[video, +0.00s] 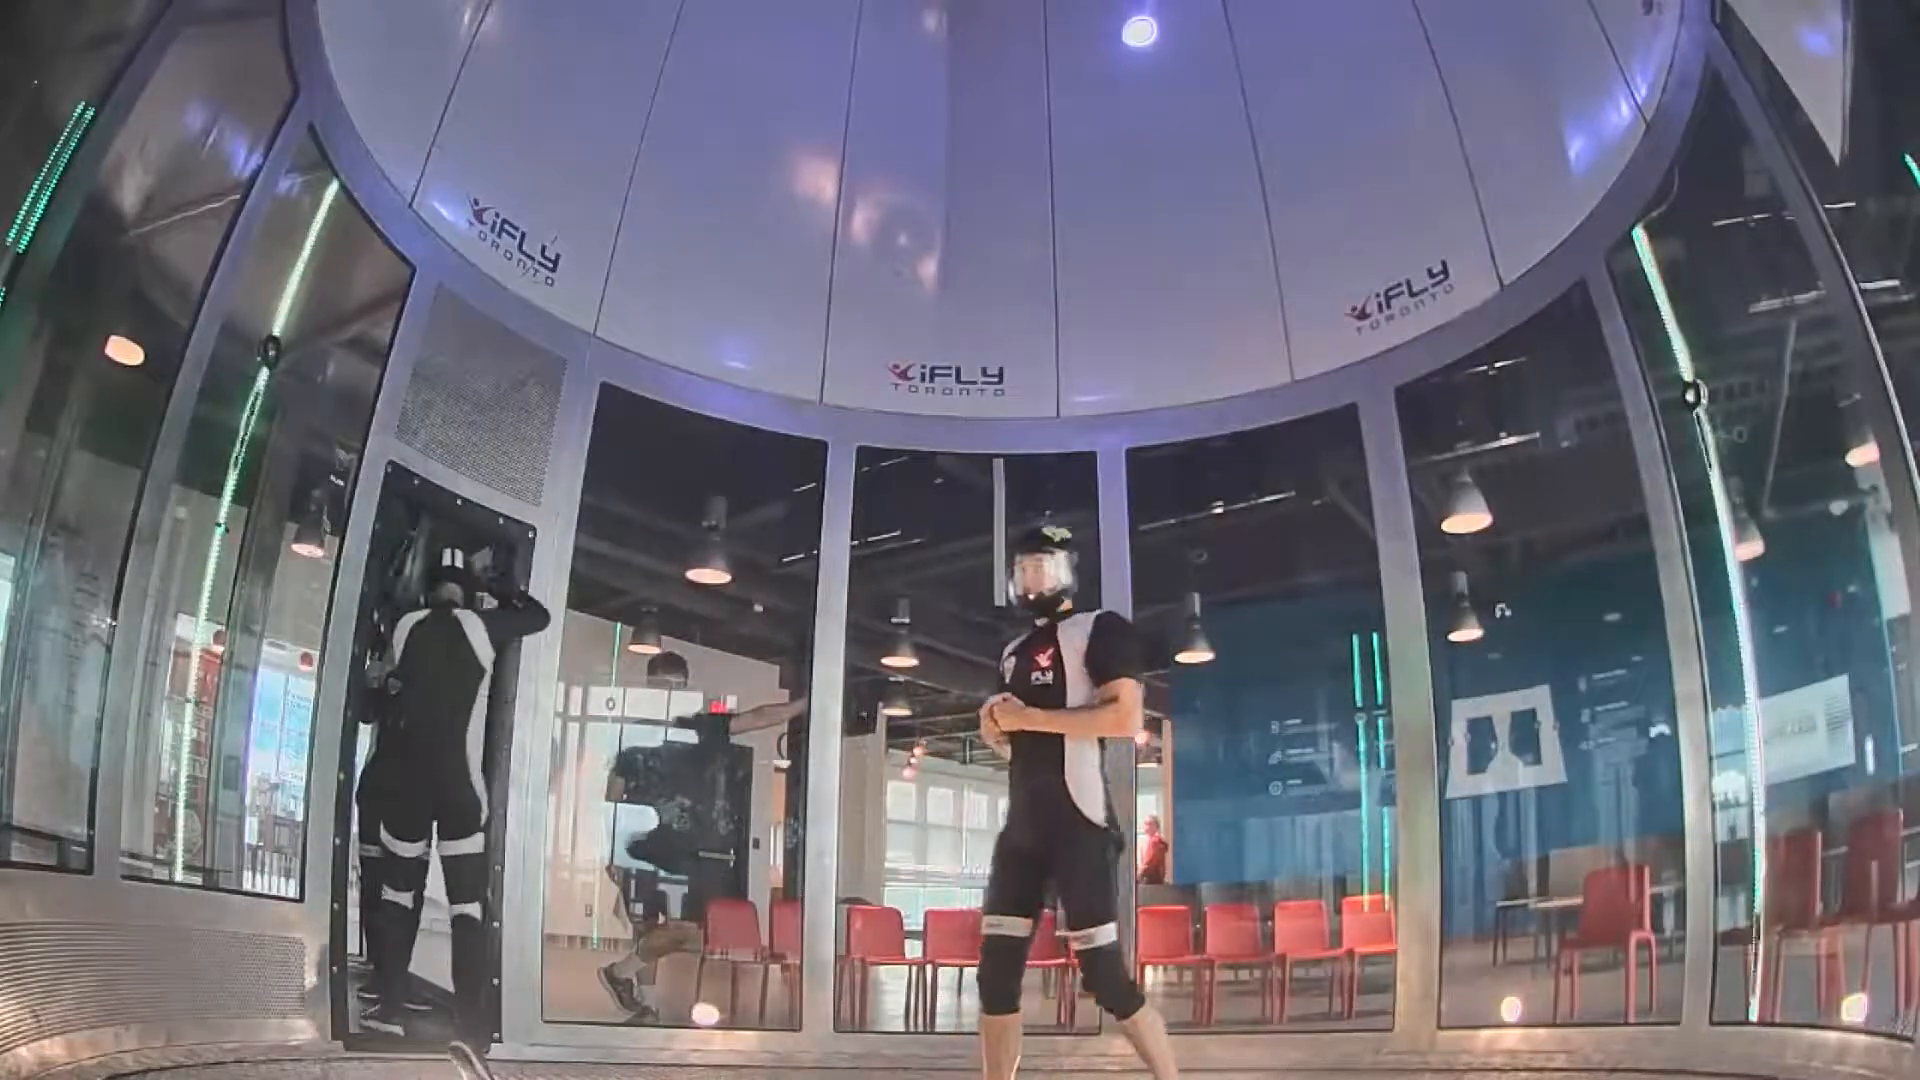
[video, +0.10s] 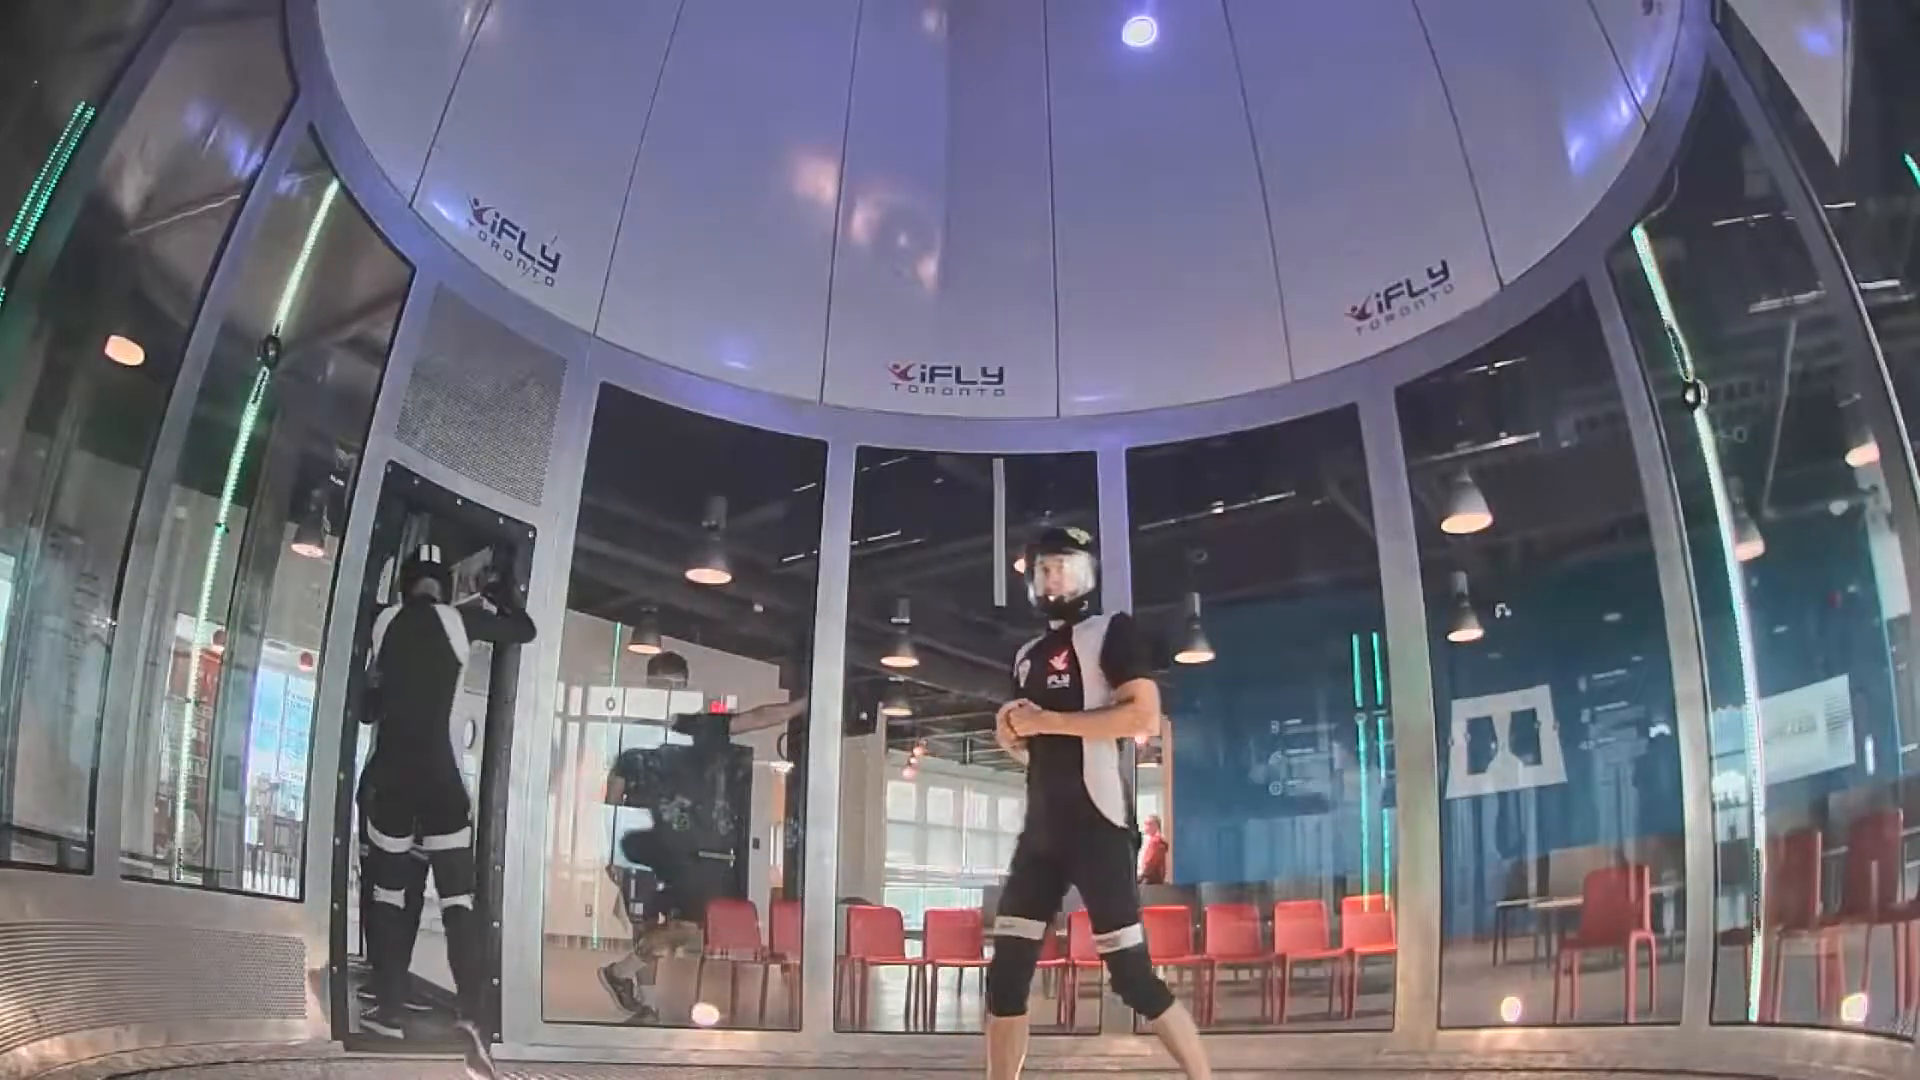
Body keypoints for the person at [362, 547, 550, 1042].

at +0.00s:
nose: (459, 600)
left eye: (451, 592)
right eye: (462, 593)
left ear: (429, 593)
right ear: (468, 595)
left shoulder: (403, 625)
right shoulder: (485, 626)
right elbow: (539, 616)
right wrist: (500, 591)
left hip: (405, 778)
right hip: (459, 781)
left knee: (398, 892)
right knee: (467, 905)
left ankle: (388, 1005)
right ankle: (470, 1022)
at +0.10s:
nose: (436, 594)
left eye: (431, 588)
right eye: (437, 588)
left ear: (402, 590)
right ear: (441, 590)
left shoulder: (380, 621)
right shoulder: (462, 620)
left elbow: (365, 695)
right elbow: (524, 628)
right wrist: (498, 592)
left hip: (390, 771)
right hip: (441, 772)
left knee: (391, 895)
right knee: (458, 898)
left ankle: (390, 1010)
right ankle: (473, 1012)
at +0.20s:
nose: (414, 587)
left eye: (408, 580)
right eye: (416, 580)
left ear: (381, 586)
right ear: (423, 583)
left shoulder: (364, 628)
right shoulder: (440, 612)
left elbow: (352, 702)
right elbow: (499, 642)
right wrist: (493, 596)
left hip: (381, 769)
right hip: (433, 773)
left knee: (379, 888)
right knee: (441, 889)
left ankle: (389, 1012)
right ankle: (479, 974)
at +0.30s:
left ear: (364, 570)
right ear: (400, 568)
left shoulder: (361, 610)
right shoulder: (429, 611)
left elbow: (349, 689)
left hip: (374, 760)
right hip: (423, 763)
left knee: (374, 888)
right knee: (421, 881)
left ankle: (388, 1011)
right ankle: (471, 926)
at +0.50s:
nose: (430, 635)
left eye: (438, 628)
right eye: (424, 626)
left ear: (446, 634)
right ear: (410, 627)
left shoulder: (448, 683)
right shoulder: (393, 673)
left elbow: (449, 743)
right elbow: (376, 731)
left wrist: (437, 794)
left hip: (421, 796)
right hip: (383, 791)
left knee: (420, 896)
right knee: (381, 892)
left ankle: (412, 978)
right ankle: (378, 978)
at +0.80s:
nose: (432, 633)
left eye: (441, 625)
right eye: (425, 622)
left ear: (452, 631)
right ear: (412, 624)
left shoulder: (455, 683)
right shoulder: (392, 669)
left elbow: (456, 745)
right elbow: (373, 709)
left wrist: (445, 794)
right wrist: (395, 670)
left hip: (426, 795)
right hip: (381, 789)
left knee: (425, 893)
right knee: (377, 892)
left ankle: (421, 989)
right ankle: (379, 990)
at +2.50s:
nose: (494, 611)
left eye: (505, 603)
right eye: (487, 602)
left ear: (523, 607)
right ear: (476, 607)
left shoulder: (545, 656)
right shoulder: (470, 669)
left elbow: (613, 681)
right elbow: (432, 730)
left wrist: (562, 680)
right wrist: (436, 699)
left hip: (530, 815)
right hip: (481, 808)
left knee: (517, 936)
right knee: (431, 913)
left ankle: (541, 1056)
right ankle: (453, 1022)